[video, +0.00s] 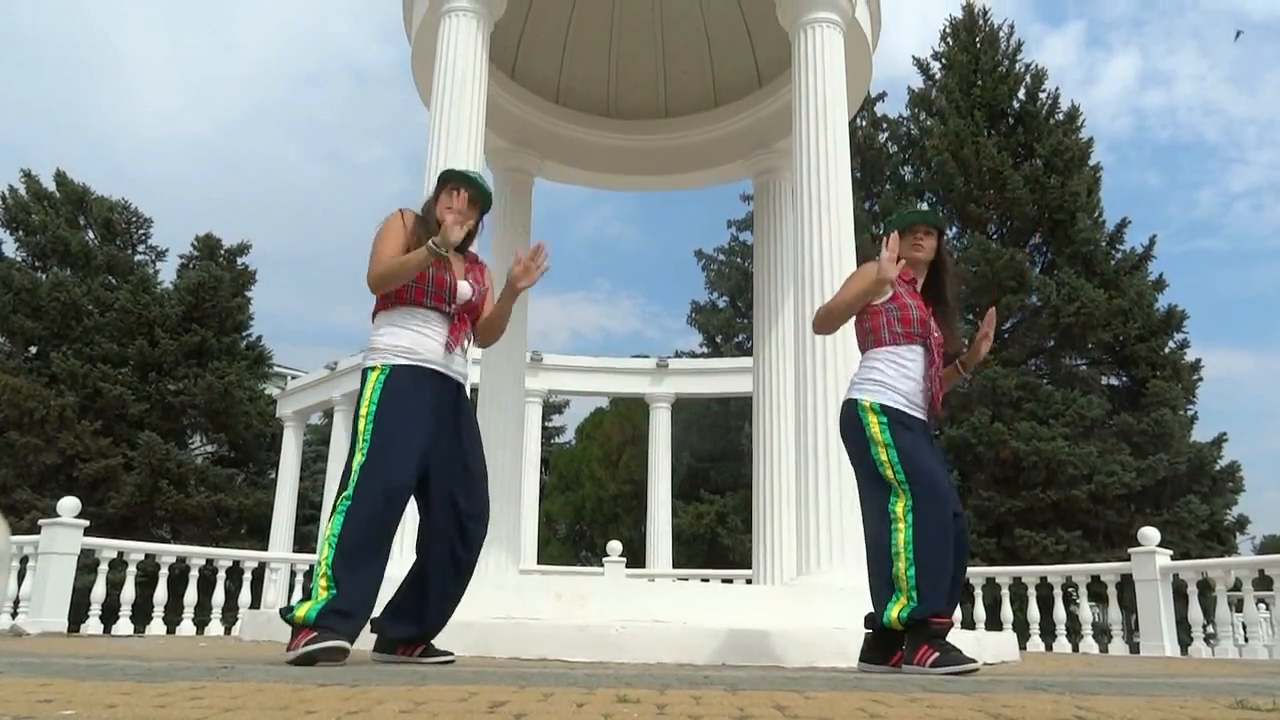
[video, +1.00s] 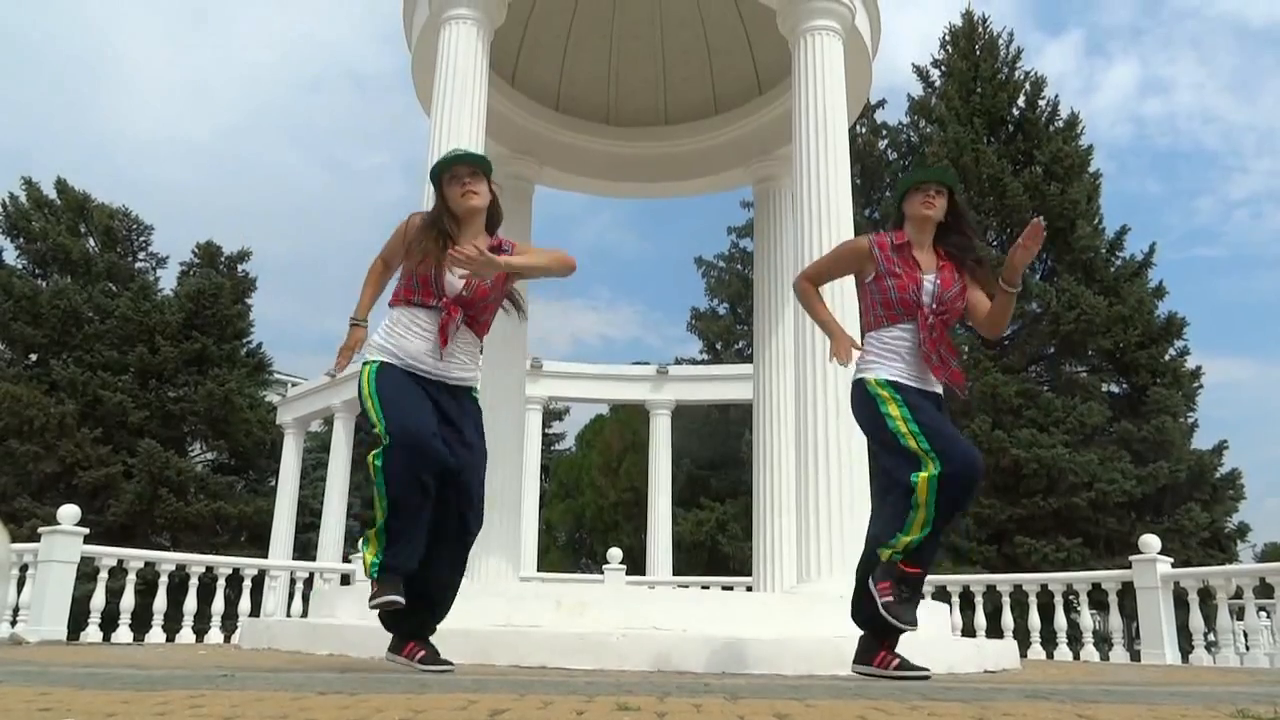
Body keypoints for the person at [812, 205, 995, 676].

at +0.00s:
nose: (921, 238)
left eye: (930, 234)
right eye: (913, 232)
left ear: (940, 249)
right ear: (895, 240)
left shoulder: (926, 310)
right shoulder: (877, 274)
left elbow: (930, 385)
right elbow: (822, 323)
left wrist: (969, 360)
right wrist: (876, 280)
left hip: (913, 419)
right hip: (876, 407)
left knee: (944, 517)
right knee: (931, 502)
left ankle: (886, 639)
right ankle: (918, 639)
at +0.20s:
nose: (921, 247)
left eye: (930, 243)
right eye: (913, 240)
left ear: (939, 258)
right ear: (896, 249)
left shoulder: (926, 310)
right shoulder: (879, 273)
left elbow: (939, 376)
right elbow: (843, 320)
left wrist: (972, 348)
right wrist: (911, 296)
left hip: (913, 410)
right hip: (879, 399)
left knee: (948, 515)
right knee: (919, 503)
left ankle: (889, 640)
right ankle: (915, 641)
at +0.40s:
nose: (923, 255)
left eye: (932, 253)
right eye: (914, 250)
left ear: (942, 270)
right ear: (898, 259)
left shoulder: (928, 316)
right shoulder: (888, 277)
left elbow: (943, 392)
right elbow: (861, 325)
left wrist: (960, 344)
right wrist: (940, 314)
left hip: (916, 406)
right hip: (880, 393)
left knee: (951, 522)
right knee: (915, 503)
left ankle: (889, 642)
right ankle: (911, 640)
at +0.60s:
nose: (930, 261)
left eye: (938, 259)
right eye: (923, 255)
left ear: (946, 277)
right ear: (906, 263)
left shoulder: (933, 333)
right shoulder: (890, 280)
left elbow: (932, 412)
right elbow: (835, 316)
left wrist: (967, 379)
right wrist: (904, 307)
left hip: (915, 425)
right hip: (877, 410)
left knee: (958, 533)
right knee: (931, 507)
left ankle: (889, 642)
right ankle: (916, 642)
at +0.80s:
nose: (937, 234)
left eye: (946, 231)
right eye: (929, 229)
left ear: (954, 250)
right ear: (912, 243)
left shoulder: (938, 308)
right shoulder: (892, 272)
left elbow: (932, 395)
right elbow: (829, 319)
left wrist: (969, 387)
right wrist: (868, 355)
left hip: (910, 416)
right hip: (874, 403)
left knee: (905, 518)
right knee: (938, 492)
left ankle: (883, 645)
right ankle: (907, 631)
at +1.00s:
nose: (931, 195)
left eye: (940, 192)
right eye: (922, 189)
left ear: (948, 211)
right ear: (903, 203)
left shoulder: (953, 267)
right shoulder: (870, 248)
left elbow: (993, 326)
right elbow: (805, 282)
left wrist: (1012, 273)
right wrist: (836, 332)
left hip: (925, 393)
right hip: (880, 381)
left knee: (896, 512)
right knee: (960, 464)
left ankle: (876, 648)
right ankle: (899, 568)